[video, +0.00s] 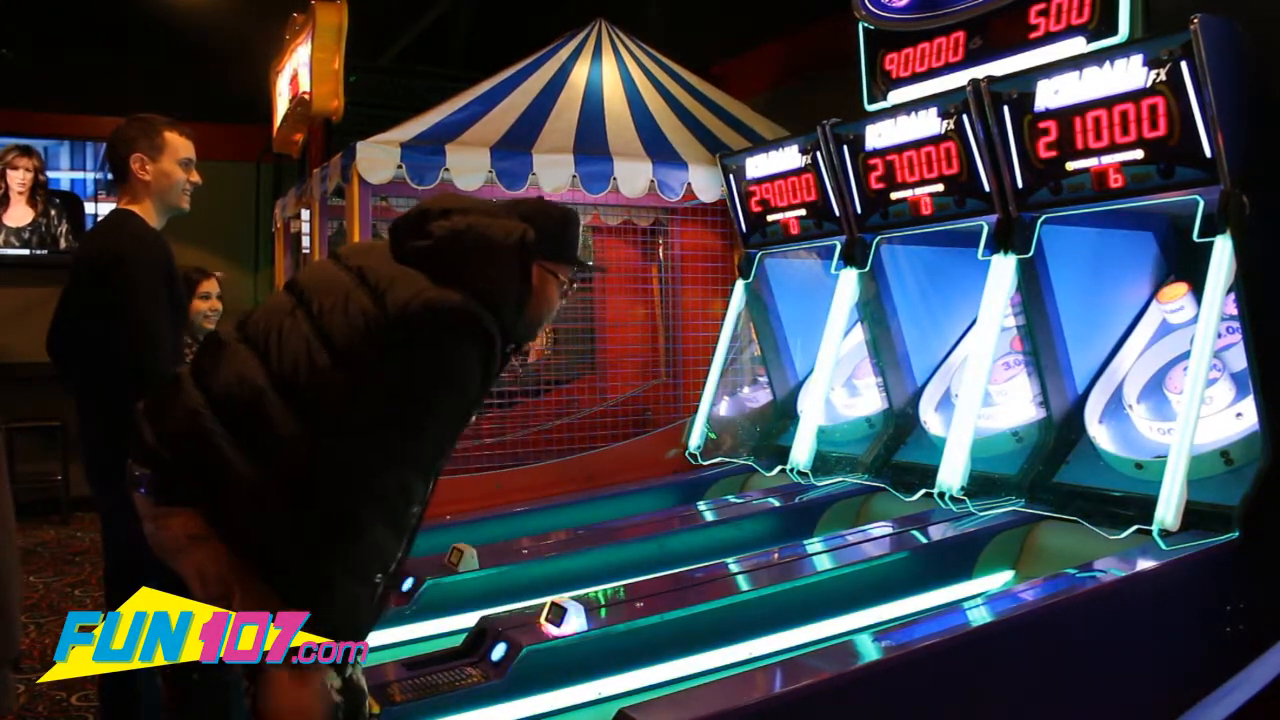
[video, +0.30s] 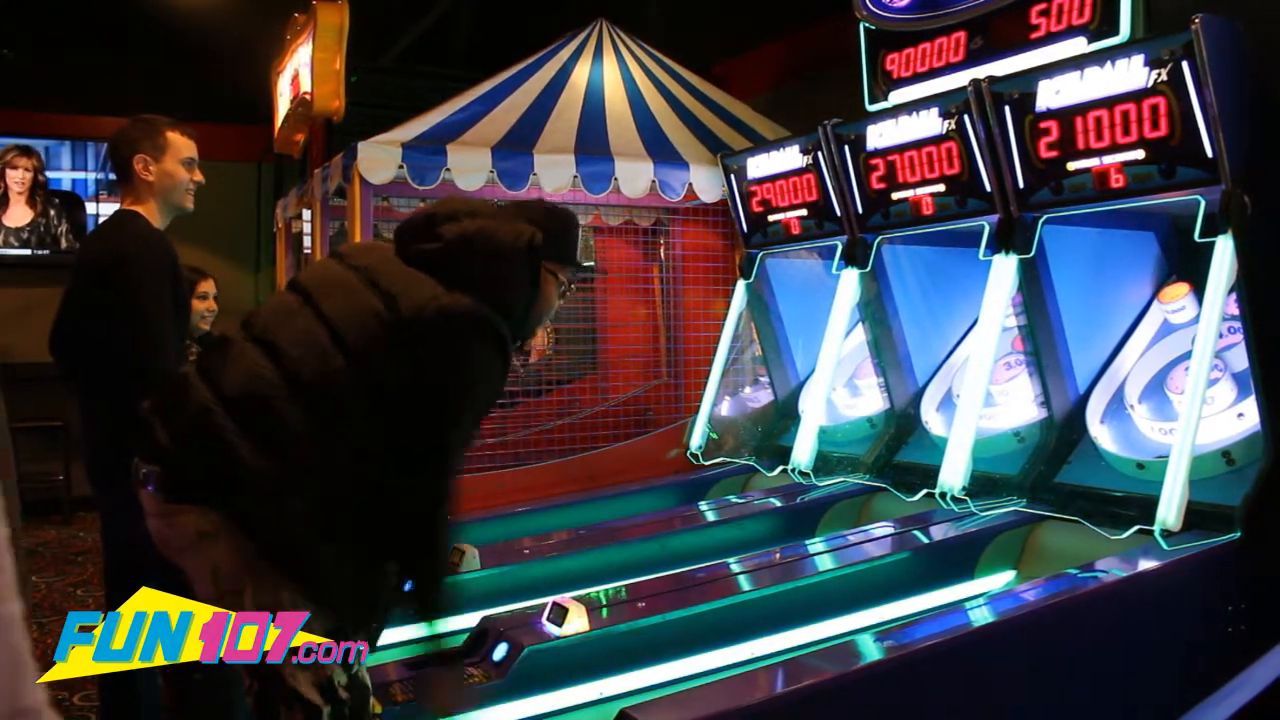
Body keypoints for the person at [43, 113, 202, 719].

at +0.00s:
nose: (195, 177)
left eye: (194, 166)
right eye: (184, 164)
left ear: (140, 171)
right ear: (142, 167)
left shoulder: (102, 239)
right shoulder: (142, 245)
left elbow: (62, 342)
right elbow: (158, 367)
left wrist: (112, 411)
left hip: (109, 449)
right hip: (139, 456)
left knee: (127, 585)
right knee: (154, 593)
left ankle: (124, 701)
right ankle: (147, 704)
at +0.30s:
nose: (199, 177)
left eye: (198, 165)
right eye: (189, 164)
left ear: (143, 170)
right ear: (145, 167)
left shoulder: (106, 240)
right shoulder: (147, 247)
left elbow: (64, 342)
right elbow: (161, 365)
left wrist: (114, 399)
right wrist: (198, 437)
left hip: (112, 448)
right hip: (143, 455)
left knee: (130, 586)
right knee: (160, 592)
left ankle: (128, 702)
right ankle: (159, 703)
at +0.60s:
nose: (204, 177)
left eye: (202, 164)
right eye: (194, 164)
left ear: (147, 172)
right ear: (150, 169)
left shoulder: (109, 241)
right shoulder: (153, 248)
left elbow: (70, 343)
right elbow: (168, 364)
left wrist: (117, 397)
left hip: (115, 447)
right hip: (150, 454)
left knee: (133, 583)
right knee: (165, 590)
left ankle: (140, 700)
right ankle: (170, 702)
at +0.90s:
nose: (204, 177)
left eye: (202, 165)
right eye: (193, 164)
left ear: (147, 171)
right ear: (150, 168)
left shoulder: (113, 241)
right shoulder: (151, 248)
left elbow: (71, 341)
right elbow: (166, 363)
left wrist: (120, 397)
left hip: (118, 447)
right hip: (149, 455)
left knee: (136, 585)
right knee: (165, 591)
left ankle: (133, 703)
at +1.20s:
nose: (203, 176)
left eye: (202, 164)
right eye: (192, 163)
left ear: (146, 171)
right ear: (147, 168)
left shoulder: (113, 240)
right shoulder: (150, 250)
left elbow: (75, 339)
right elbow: (167, 366)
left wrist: (119, 404)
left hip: (120, 449)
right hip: (151, 457)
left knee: (138, 593)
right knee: (172, 596)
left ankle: (135, 706)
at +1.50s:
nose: (199, 175)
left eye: (198, 163)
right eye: (188, 163)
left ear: (143, 172)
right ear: (142, 169)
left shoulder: (117, 242)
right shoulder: (140, 251)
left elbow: (77, 336)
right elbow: (169, 373)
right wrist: (235, 325)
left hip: (126, 452)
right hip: (150, 461)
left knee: (141, 594)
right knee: (171, 597)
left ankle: (138, 706)